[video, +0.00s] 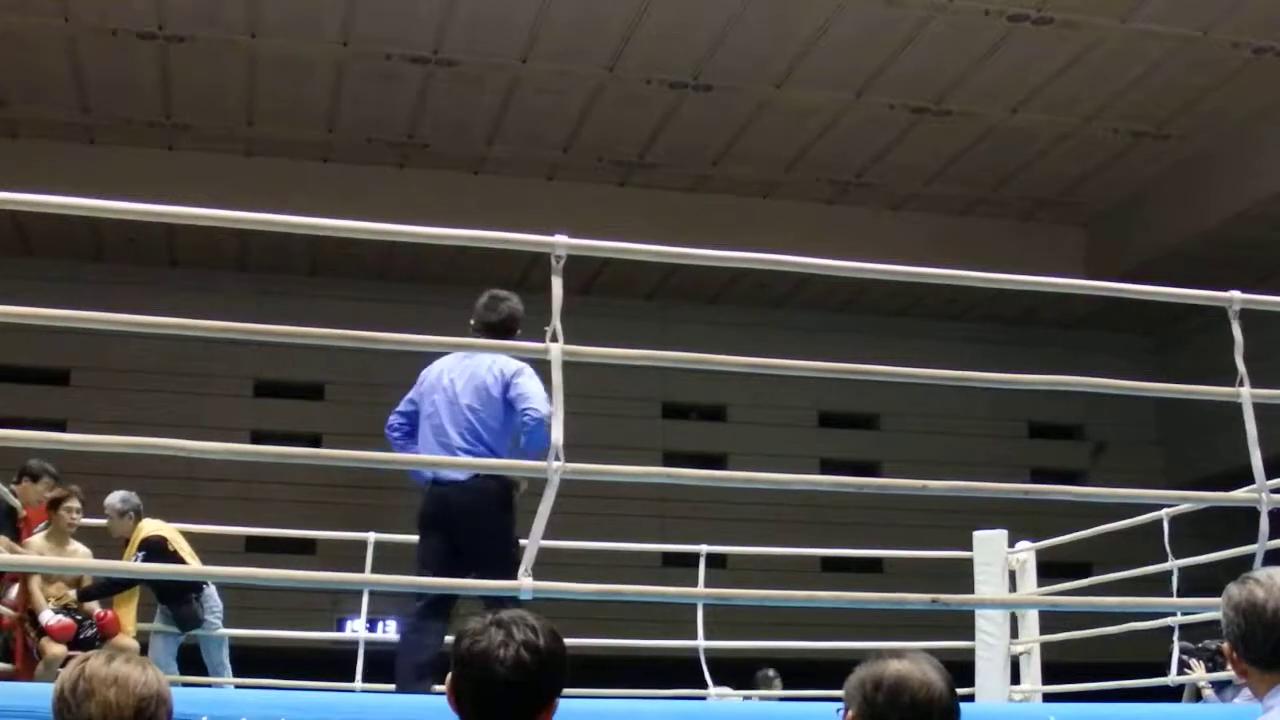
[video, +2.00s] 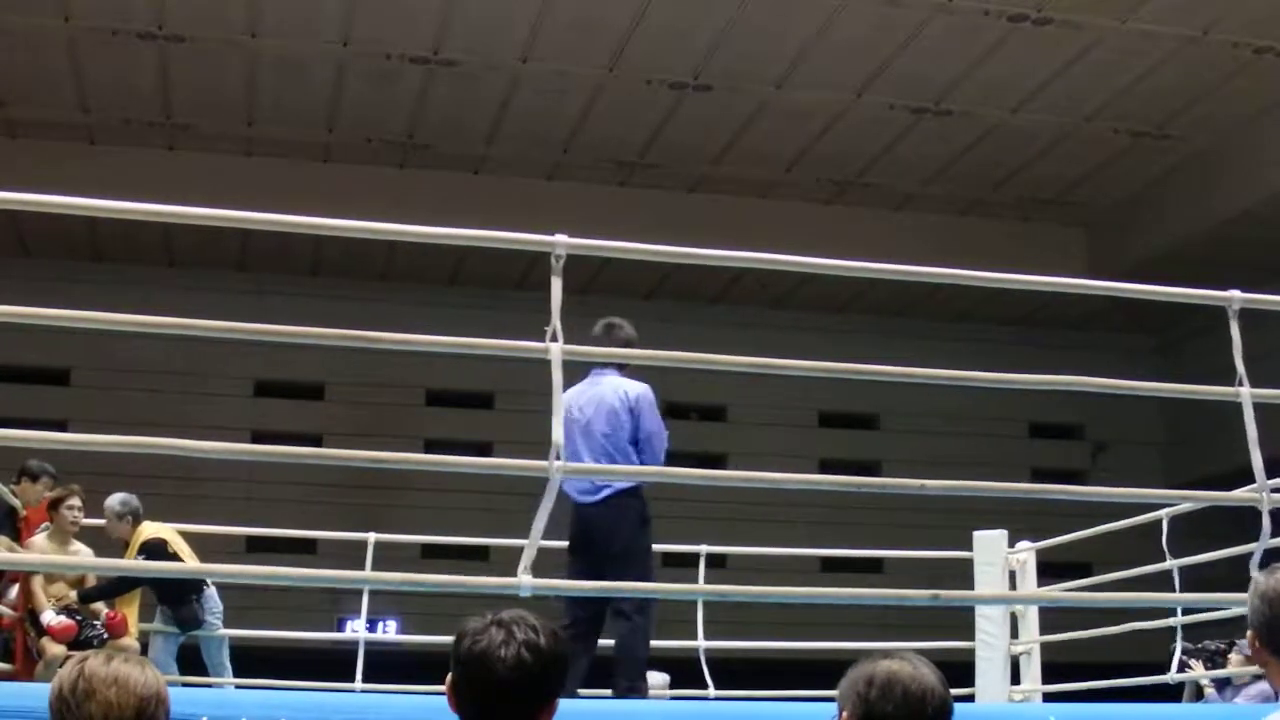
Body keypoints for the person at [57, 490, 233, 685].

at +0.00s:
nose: (107, 524)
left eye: (110, 518)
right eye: (107, 518)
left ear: (129, 518)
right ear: (129, 518)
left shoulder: (153, 539)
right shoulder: (139, 536)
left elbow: (125, 581)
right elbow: (120, 579)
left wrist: (78, 595)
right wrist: (83, 591)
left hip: (201, 600)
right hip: (171, 603)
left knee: (217, 665)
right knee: (160, 660)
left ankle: (229, 713)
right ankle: (175, 709)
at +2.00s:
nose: (105, 525)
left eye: (109, 519)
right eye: (106, 519)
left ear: (127, 521)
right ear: (126, 521)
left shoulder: (153, 542)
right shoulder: (136, 540)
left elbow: (125, 584)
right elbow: (124, 583)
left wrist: (79, 596)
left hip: (201, 600)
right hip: (170, 603)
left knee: (218, 665)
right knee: (160, 660)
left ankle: (229, 712)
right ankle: (177, 709)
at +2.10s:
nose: (105, 524)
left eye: (109, 519)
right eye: (106, 518)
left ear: (127, 521)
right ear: (127, 521)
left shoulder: (154, 542)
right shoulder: (136, 540)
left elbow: (125, 584)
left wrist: (79, 596)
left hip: (202, 601)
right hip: (170, 603)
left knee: (218, 666)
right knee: (160, 660)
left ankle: (229, 711)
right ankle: (177, 709)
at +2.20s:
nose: (105, 524)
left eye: (109, 518)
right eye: (106, 518)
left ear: (128, 520)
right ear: (128, 520)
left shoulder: (154, 541)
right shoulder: (137, 540)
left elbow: (124, 584)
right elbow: (123, 584)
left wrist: (79, 596)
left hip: (202, 600)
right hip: (171, 603)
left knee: (218, 666)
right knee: (160, 660)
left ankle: (229, 712)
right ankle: (176, 709)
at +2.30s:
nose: (106, 525)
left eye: (109, 519)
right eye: (106, 519)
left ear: (127, 521)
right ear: (127, 520)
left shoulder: (154, 542)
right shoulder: (138, 538)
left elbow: (126, 583)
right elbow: (124, 582)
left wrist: (79, 596)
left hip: (202, 600)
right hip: (171, 603)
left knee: (218, 666)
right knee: (160, 660)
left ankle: (229, 712)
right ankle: (176, 709)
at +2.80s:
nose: (106, 525)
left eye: (109, 520)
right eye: (106, 520)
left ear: (128, 521)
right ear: (129, 520)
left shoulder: (154, 543)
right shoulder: (139, 539)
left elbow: (125, 583)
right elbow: (127, 583)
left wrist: (78, 597)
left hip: (202, 600)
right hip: (171, 603)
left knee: (217, 665)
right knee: (160, 660)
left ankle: (230, 713)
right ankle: (173, 709)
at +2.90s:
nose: (105, 525)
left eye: (109, 519)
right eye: (106, 519)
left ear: (128, 520)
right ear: (128, 520)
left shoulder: (154, 543)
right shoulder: (139, 539)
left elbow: (124, 584)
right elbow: (125, 583)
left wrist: (79, 597)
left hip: (202, 600)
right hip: (171, 603)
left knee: (217, 664)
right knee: (159, 660)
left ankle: (230, 712)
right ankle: (175, 708)